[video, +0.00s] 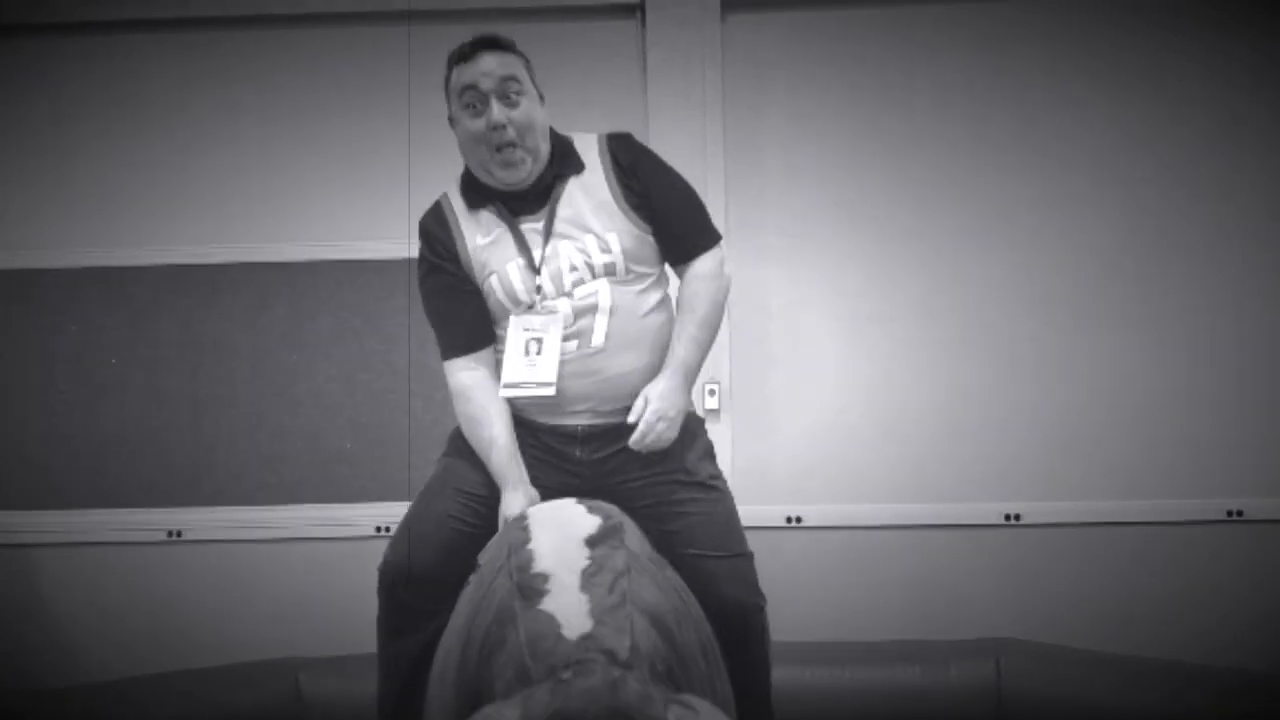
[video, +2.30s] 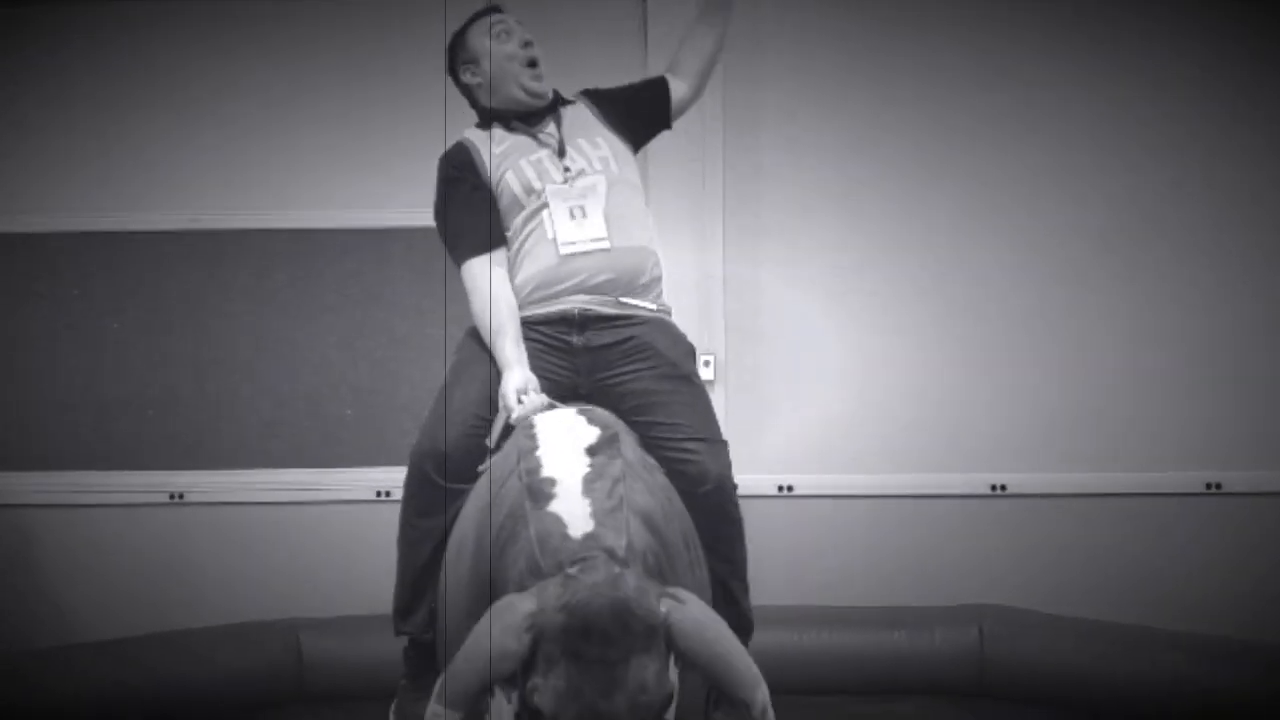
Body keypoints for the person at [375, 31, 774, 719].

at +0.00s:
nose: (497, 118)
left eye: (512, 95)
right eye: (474, 104)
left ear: (542, 103)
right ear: (453, 126)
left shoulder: (619, 161)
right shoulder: (447, 228)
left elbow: (707, 263)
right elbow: (470, 373)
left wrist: (677, 378)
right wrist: (513, 482)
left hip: (651, 441)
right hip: (513, 448)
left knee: (735, 604)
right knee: (411, 574)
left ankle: (750, 718)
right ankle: (406, 715)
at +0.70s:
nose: (572, 199)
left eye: (581, 182)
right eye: (552, 185)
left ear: (596, 191)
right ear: (521, 204)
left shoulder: (636, 252)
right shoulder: (489, 274)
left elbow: (677, 348)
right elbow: (470, 388)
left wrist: (592, 427)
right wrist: (524, 448)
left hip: (634, 432)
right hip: (524, 440)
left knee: (736, 537)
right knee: (431, 539)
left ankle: (757, 699)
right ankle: (418, 701)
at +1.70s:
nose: (545, 112)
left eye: (552, 100)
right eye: (525, 103)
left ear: (566, 116)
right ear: (496, 129)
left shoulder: (609, 178)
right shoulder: (472, 202)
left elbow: (666, 257)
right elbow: (468, 308)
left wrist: (630, 331)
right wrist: (502, 384)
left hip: (615, 363)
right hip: (508, 372)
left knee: (688, 480)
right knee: (432, 469)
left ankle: (716, 665)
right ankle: (420, 664)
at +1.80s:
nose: (536, 92)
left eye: (541, 80)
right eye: (515, 84)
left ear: (556, 94)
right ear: (485, 113)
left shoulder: (607, 158)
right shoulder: (468, 189)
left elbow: (686, 213)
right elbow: (470, 296)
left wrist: (700, 262)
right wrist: (503, 376)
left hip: (618, 352)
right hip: (510, 361)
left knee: (693, 481)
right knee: (433, 464)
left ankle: (719, 659)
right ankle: (418, 660)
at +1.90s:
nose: (535, 77)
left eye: (540, 64)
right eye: (513, 68)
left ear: (554, 81)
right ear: (480, 98)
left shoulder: (609, 144)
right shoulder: (468, 181)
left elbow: (693, 186)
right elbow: (474, 292)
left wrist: (744, 188)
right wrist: (510, 375)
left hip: (625, 345)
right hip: (519, 353)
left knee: (699, 479)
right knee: (436, 460)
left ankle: (722, 664)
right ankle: (419, 653)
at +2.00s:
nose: (533, 64)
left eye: (534, 51)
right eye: (509, 56)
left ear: (547, 65)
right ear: (474, 87)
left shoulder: (605, 132)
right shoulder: (466, 172)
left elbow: (699, 155)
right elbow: (474, 284)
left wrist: (765, 111)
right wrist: (508, 371)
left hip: (626, 339)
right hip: (519, 346)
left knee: (700, 476)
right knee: (434, 456)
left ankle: (725, 663)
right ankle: (418, 652)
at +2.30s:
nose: (529, 45)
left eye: (527, 35)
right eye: (505, 40)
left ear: (542, 55)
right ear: (473, 80)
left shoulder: (604, 111)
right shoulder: (469, 158)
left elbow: (685, 76)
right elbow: (485, 278)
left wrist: (717, 8)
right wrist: (514, 370)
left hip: (636, 328)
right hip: (525, 336)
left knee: (708, 474)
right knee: (438, 456)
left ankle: (730, 655)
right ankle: (421, 654)